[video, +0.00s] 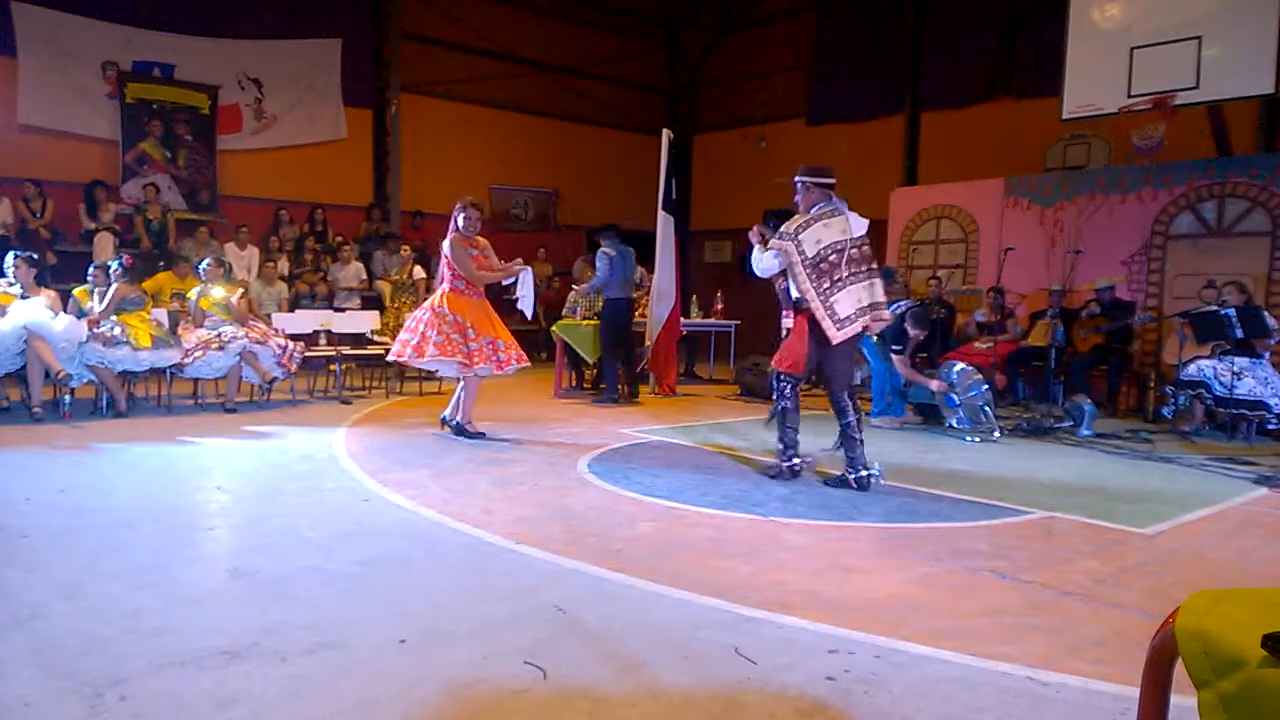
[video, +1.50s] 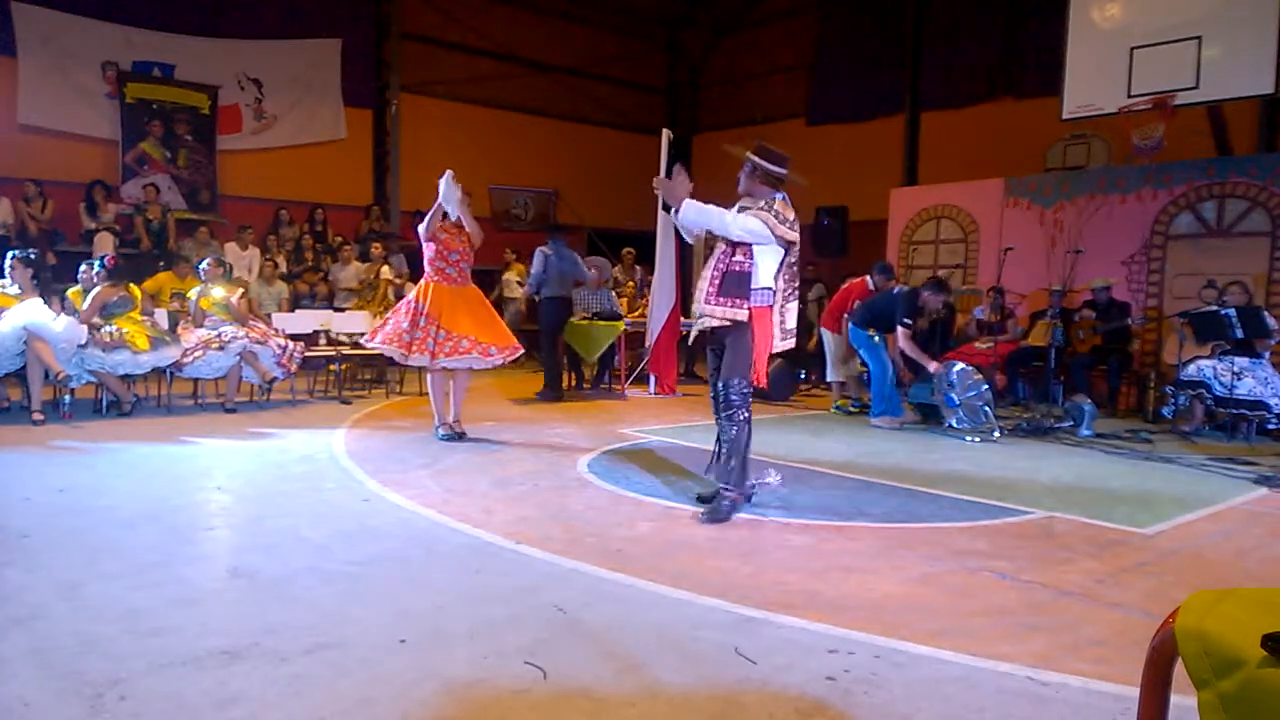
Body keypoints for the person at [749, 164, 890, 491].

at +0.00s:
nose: (796, 198)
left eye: (799, 191)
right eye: (797, 191)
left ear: (812, 192)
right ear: (829, 192)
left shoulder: (799, 228)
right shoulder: (855, 222)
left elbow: (763, 266)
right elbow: (867, 272)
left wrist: (757, 245)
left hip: (811, 320)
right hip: (847, 318)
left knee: (785, 379)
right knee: (841, 391)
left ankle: (789, 460)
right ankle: (858, 469)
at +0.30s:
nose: (809, 187)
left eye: (813, 181)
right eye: (811, 181)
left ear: (826, 183)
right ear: (843, 185)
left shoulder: (814, 223)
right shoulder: (869, 218)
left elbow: (777, 259)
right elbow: (891, 267)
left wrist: (785, 224)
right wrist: (920, 307)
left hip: (818, 319)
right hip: (854, 317)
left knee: (811, 392)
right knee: (847, 392)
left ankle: (835, 478)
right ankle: (857, 468)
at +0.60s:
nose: (811, 176)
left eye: (817, 172)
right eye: (814, 171)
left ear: (828, 180)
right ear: (842, 183)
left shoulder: (823, 219)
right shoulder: (850, 210)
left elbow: (771, 250)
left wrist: (758, 221)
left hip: (825, 316)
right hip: (836, 311)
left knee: (831, 392)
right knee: (802, 391)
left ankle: (843, 483)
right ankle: (837, 462)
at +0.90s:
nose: (795, 174)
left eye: (801, 170)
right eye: (799, 168)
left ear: (812, 177)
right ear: (824, 180)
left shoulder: (818, 216)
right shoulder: (805, 212)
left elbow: (772, 244)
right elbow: (771, 252)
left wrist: (734, 212)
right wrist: (756, 215)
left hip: (816, 318)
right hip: (791, 317)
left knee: (827, 397)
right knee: (763, 390)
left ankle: (841, 485)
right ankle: (756, 480)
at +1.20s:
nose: (765, 176)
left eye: (772, 172)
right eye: (769, 170)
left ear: (788, 180)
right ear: (786, 178)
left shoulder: (796, 215)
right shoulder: (769, 210)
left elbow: (751, 243)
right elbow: (731, 252)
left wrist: (719, 204)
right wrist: (722, 209)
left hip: (773, 319)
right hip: (745, 318)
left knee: (782, 400)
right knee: (737, 398)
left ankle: (828, 476)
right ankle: (738, 481)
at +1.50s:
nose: (739, 175)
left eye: (745, 171)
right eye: (742, 169)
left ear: (759, 178)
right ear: (762, 179)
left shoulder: (777, 215)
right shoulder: (742, 209)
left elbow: (732, 225)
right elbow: (699, 232)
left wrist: (682, 201)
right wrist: (676, 203)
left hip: (749, 318)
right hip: (721, 316)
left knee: (735, 401)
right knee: (722, 400)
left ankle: (734, 489)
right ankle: (728, 481)